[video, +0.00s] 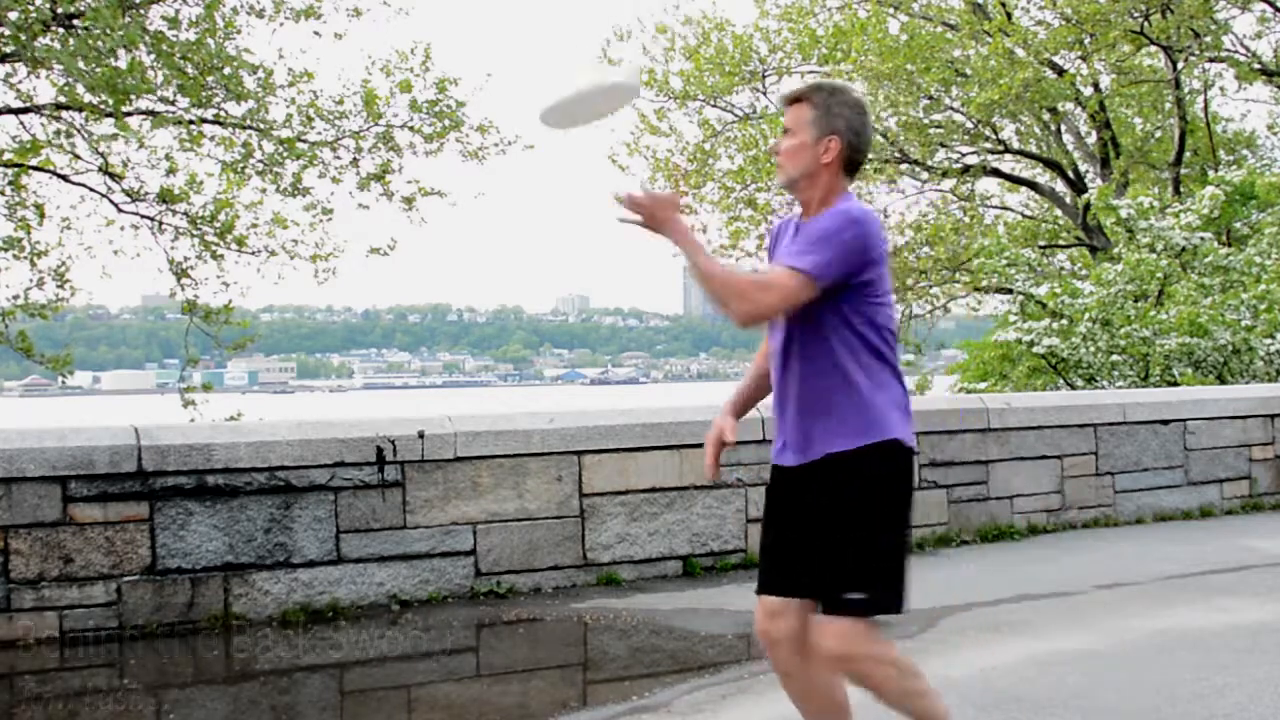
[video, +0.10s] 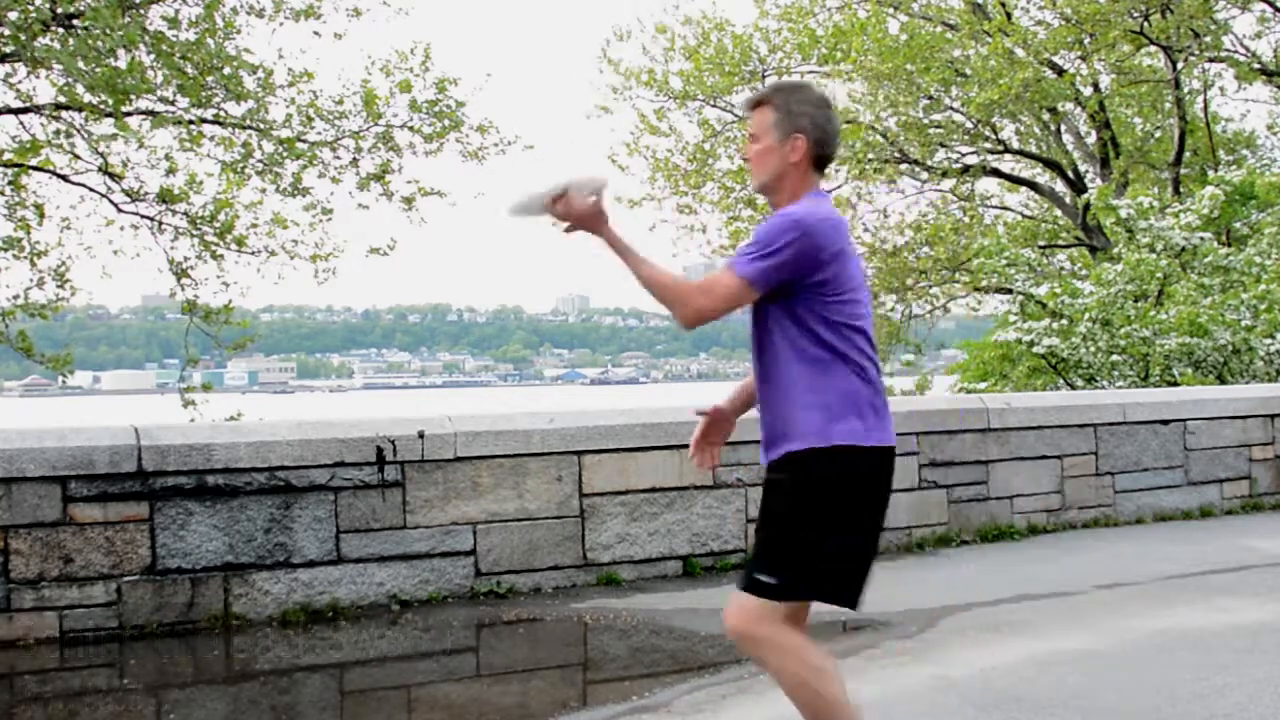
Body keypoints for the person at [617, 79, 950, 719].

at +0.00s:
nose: (775, 145)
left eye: (788, 133)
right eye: (779, 132)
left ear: (830, 148)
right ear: (820, 149)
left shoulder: (853, 223)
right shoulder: (785, 231)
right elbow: (783, 344)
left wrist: (680, 234)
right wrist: (733, 409)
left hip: (864, 448)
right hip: (799, 452)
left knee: (842, 640)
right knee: (778, 626)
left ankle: (938, 711)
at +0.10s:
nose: (745, 151)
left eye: (756, 138)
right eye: (746, 138)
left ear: (797, 147)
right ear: (795, 150)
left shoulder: (802, 225)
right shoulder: (815, 228)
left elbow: (693, 306)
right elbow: (803, 352)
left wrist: (605, 231)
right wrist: (733, 405)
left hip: (828, 449)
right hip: (825, 448)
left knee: (750, 619)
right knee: (783, 623)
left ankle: (846, 713)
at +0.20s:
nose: (706, 151)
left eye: (713, 136)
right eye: (705, 138)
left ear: (754, 138)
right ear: (761, 140)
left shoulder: (756, 221)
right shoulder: (812, 215)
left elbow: (686, 335)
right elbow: (821, 337)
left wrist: (577, 298)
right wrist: (752, 400)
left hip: (797, 437)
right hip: (844, 435)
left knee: (716, 601)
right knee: (780, 610)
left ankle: (746, 715)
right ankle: (840, 716)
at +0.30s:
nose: (669, 158)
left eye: (671, 142)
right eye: (667, 143)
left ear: (702, 137)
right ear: (723, 138)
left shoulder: (710, 226)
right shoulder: (796, 208)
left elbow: (677, 360)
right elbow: (837, 311)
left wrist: (564, 372)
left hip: (766, 434)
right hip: (833, 427)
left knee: (711, 608)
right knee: (761, 595)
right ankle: (819, 713)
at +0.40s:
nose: (645, 179)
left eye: (644, 164)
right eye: (642, 165)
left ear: (663, 158)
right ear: (715, 155)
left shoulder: (668, 246)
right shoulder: (786, 215)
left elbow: (656, 384)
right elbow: (850, 313)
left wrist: (578, 439)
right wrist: (828, 393)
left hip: (739, 440)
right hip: (820, 428)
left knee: (691, 611)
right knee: (753, 527)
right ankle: (754, 680)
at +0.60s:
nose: (649, 196)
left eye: (646, 187)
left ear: (647, 190)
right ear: (711, 178)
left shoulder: (634, 264)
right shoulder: (779, 216)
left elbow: (657, 388)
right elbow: (850, 305)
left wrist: (667, 465)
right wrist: (892, 411)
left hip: (704, 445)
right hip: (798, 427)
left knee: (690, 613)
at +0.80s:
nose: (745, 167)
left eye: (742, 160)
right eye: (743, 159)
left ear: (675, 175)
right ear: (734, 164)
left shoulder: (650, 243)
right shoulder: (784, 214)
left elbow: (664, 338)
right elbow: (822, 295)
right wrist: (832, 414)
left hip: (689, 439)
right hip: (780, 420)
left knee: (690, 616)